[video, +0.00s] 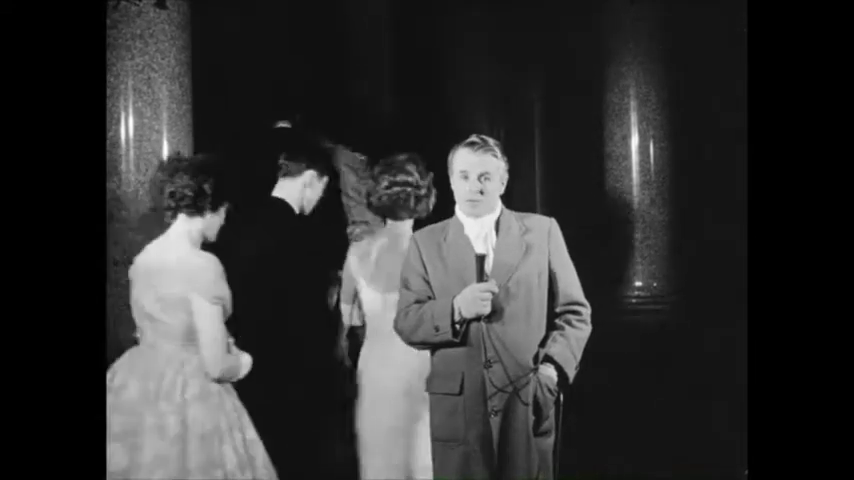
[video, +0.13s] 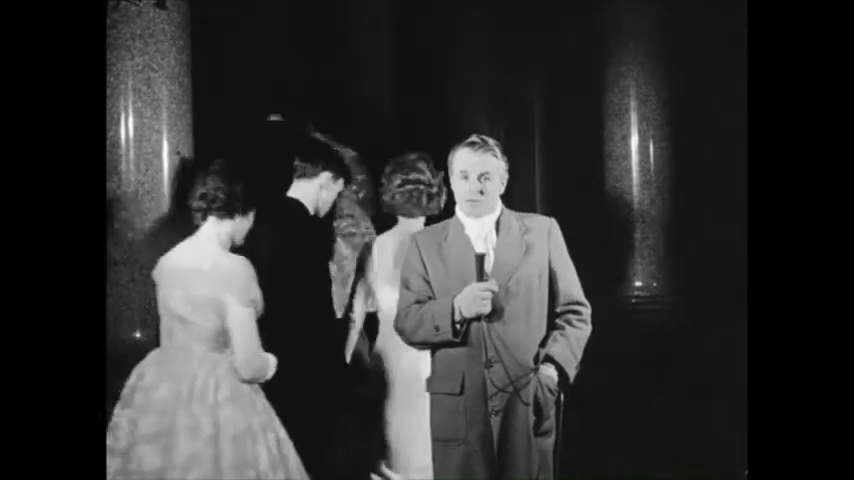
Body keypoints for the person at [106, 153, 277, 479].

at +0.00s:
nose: (224, 220)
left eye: (225, 211)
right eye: (223, 211)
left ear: (178, 204)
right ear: (208, 208)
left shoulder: (143, 260)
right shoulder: (204, 266)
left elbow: (146, 333)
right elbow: (217, 365)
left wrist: (217, 344)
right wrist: (244, 362)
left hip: (143, 373)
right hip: (191, 385)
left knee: (144, 468)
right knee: (197, 470)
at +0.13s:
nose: (251, 224)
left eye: (252, 215)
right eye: (251, 215)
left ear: (205, 209)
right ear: (238, 214)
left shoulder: (167, 263)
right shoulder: (234, 269)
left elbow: (165, 339)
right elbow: (248, 367)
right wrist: (271, 363)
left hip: (166, 376)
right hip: (218, 387)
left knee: (165, 470)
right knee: (221, 471)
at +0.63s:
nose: (341, 217)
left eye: (344, 208)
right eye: (342, 207)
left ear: (297, 197)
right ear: (331, 205)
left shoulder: (255, 248)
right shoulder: (334, 257)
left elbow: (243, 324)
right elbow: (348, 349)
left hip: (252, 367)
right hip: (308, 370)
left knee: (247, 467)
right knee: (310, 467)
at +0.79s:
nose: (352, 220)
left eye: (353, 211)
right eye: (352, 211)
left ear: (311, 204)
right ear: (346, 209)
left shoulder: (273, 252)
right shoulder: (353, 259)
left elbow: (262, 326)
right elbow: (363, 349)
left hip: (271, 370)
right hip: (327, 374)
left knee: (267, 467)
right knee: (330, 467)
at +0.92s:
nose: (363, 216)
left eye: (363, 207)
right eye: (361, 208)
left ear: (321, 205)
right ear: (351, 210)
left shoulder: (285, 255)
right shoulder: (365, 258)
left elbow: (276, 330)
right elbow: (376, 346)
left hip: (287, 374)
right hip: (342, 377)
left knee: (285, 469)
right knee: (343, 468)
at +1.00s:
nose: (371, 215)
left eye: (370, 206)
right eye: (369, 207)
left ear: (329, 203)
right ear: (363, 209)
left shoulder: (296, 254)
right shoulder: (370, 255)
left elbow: (288, 331)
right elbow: (384, 340)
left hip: (299, 370)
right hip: (352, 373)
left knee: (297, 467)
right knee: (355, 466)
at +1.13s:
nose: (381, 218)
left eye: (382, 210)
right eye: (381, 210)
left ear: (340, 204)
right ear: (371, 209)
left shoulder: (309, 251)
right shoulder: (383, 250)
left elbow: (301, 326)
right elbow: (398, 329)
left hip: (317, 359)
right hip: (369, 363)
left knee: (315, 458)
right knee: (371, 458)